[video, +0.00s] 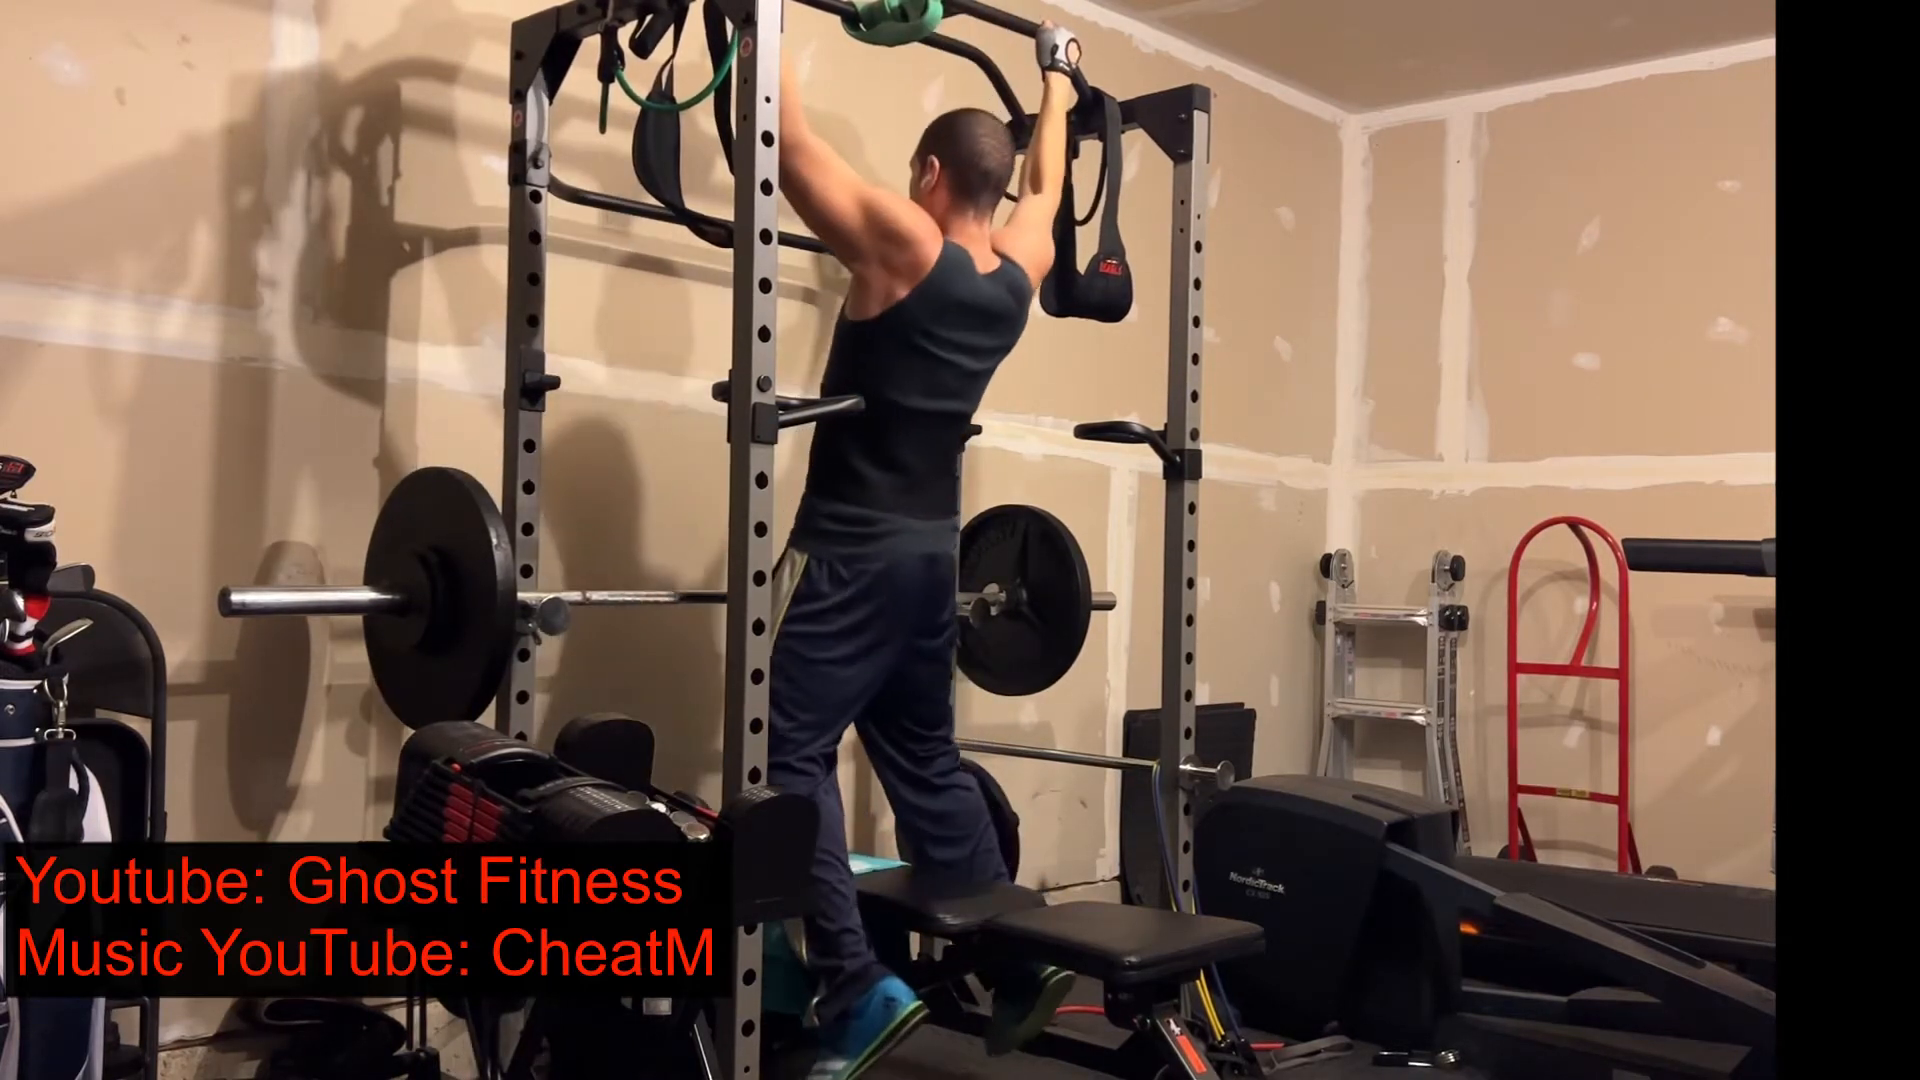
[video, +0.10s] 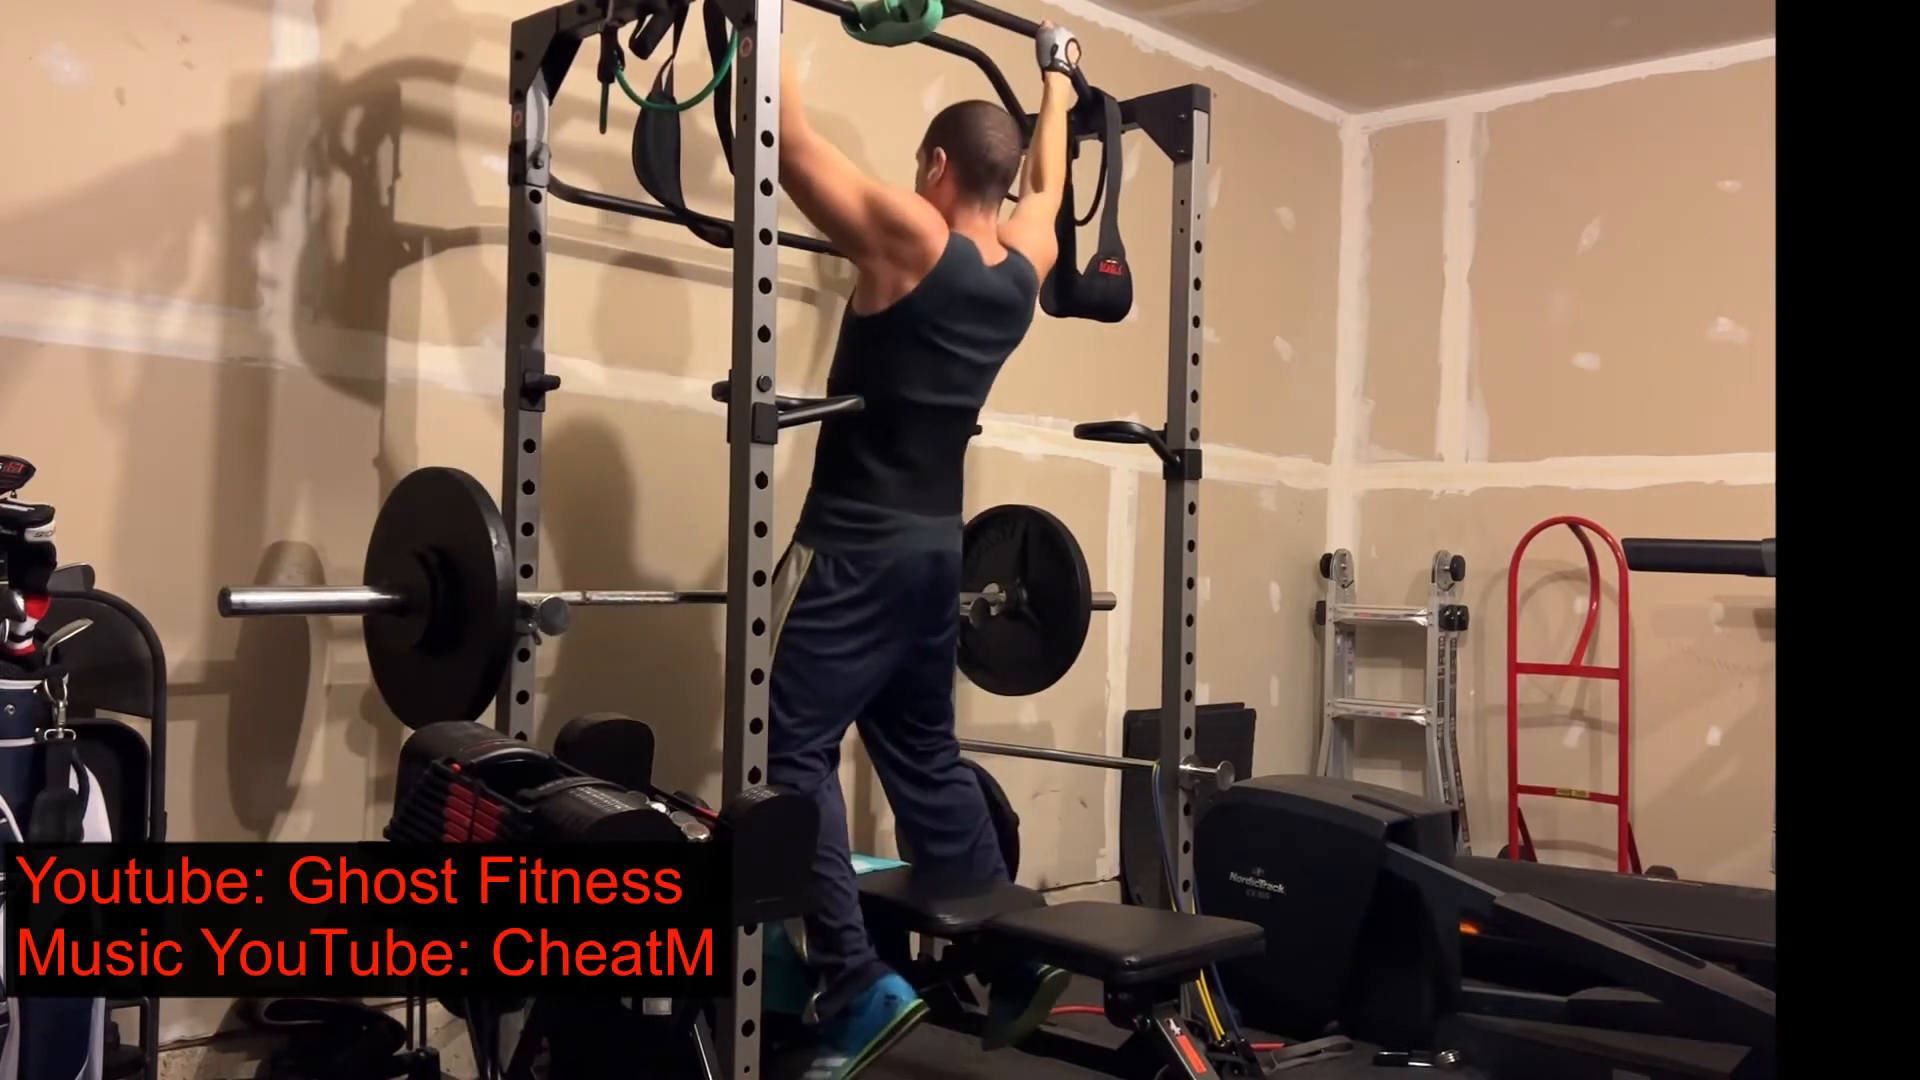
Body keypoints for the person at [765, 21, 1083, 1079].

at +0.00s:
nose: (908, 171)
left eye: (916, 159)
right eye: (920, 161)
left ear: (932, 169)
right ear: (1003, 190)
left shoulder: (900, 238)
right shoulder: (1016, 275)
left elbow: (791, 140)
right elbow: (1044, 188)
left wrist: (769, 25)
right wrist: (1058, 102)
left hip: (855, 544)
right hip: (931, 547)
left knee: (796, 753)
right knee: (924, 757)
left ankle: (849, 976)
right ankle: (1005, 960)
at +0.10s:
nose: (915, 161)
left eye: (923, 150)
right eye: (925, 151)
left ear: (942, 163)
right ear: (1007, 182)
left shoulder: (904, 232)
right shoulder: (1022, 268)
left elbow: (791, 139)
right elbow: (1046, 187)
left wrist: (766, 23)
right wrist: (1058, 101)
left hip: (859, 539)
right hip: (933, 542)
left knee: (795, 747)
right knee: (924, 755)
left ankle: (850, 973)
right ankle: (1002, 957)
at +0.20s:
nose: (921, 150)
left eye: (928, 138)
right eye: (928, 138)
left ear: (949, 144)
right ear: (1011, 161)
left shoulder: (915, 211)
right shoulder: (1030, 253)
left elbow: (792, 143)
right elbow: (1049, 183)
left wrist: (766, 23)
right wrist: (1058, 101)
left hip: (869, 527)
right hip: (939, 530)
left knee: (799, 730)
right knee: (922, 737)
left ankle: (850, 959)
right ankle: (997, 936)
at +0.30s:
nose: (932, 112)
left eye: (938, 98)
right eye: (941, 100)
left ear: (954, 108)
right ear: (1027, 122)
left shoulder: (925, 175)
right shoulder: (1042, 212)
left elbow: (790, 136)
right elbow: (1056, 188)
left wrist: (760, 28)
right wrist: (1056, 109)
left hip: (870, 498)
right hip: (944, 502)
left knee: (797, 693)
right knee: (920, 696)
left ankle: (847, 921)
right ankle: (987, 878)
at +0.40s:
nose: (938, 70)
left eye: (944, 53)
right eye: (945, 54)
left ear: (962, 67)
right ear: (1033, 80)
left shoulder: (931, 137)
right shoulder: (1050, 177)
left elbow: (789, 126)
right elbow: (1064, 189)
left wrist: (756, 24)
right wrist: (1047, 101)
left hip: (877, 458)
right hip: (951, 465)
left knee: (794, 647)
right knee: (919, 655)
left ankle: (834, 885)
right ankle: (989, 847)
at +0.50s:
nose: (937, 40)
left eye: (944, 26)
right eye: (944, 29)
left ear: (962, 31)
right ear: (1038, 47)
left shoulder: (930, 104)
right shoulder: (1056, 147)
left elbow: (785, 114)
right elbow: (1074, 204)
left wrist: (761, 18)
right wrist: (1054, 98)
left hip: (883, 423)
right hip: (955, 431)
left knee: (792, 607)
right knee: (918, 616)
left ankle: (819, 842)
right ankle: (980, 816)